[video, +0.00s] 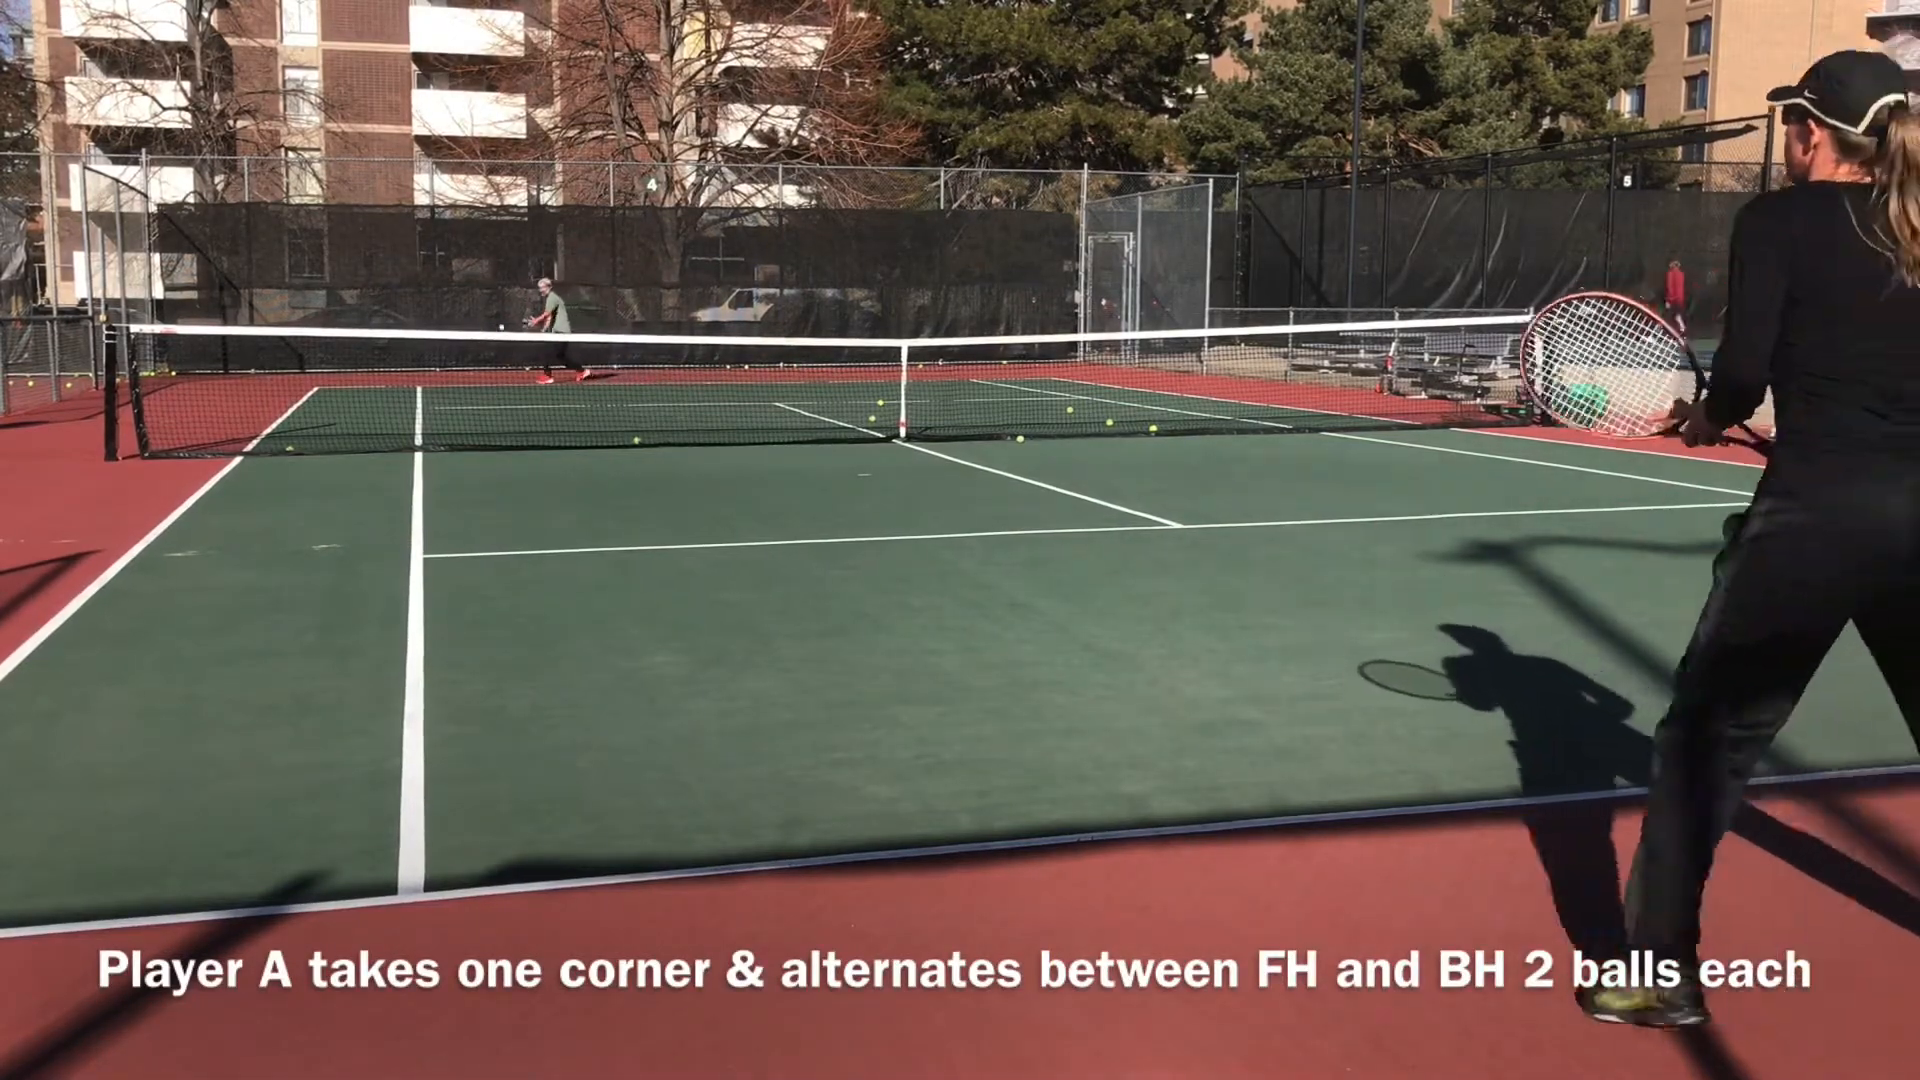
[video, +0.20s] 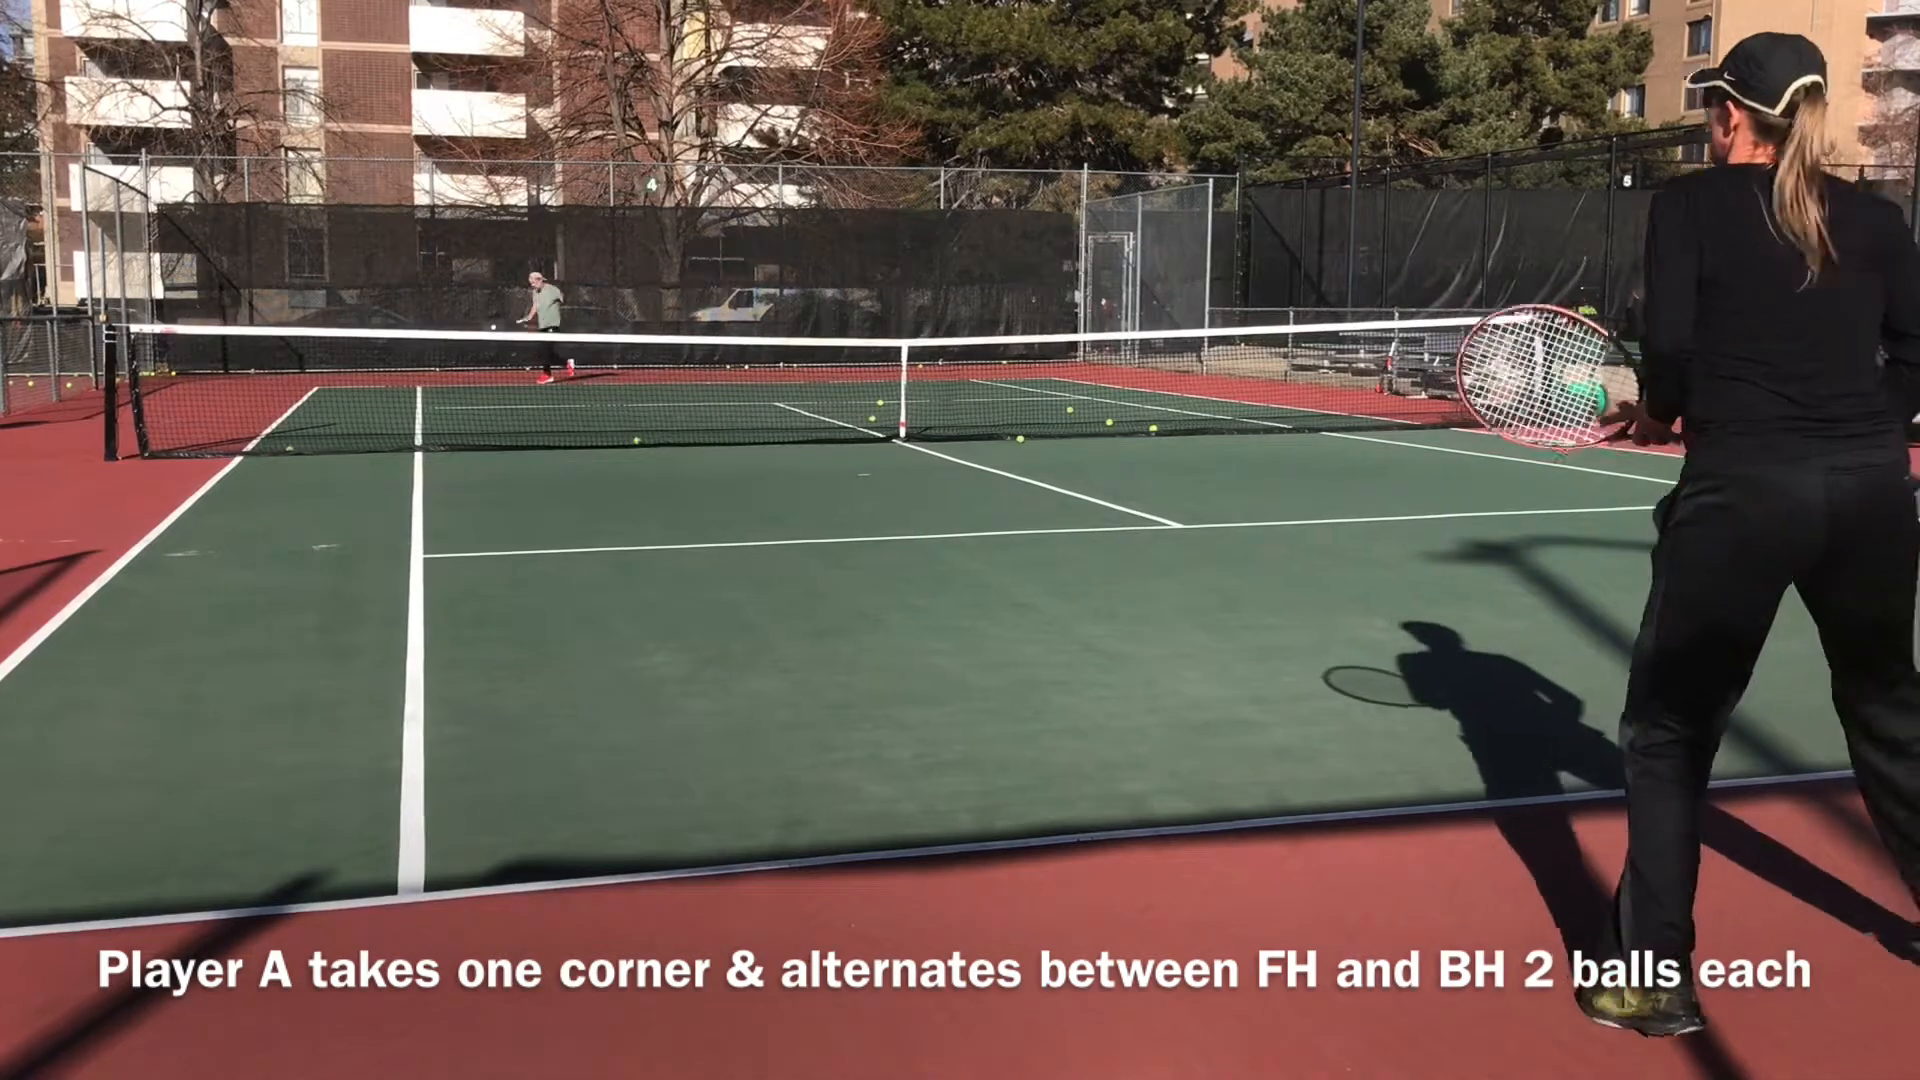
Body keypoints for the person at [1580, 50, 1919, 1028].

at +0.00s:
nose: (1786, 141)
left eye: (1793, 128)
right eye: (1792, 127)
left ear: (1821, 136)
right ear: (1881, 139)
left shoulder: (1781, 218)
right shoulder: (1912, 211)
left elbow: (1747, 368)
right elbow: (1885, 376)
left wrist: (1704, 415)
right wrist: (1772, 419)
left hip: (1817, 512)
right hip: (1908, 516)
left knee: (1706, 730)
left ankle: (1658, 966)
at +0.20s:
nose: (1710, 128)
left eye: (1716, 113)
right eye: (1714, 112)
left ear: (1741, 119)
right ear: (1806, 118)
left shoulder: (1691, 202)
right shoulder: (1875, 211)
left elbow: (1668, 342)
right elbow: (1910, 346)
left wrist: (1658, 409)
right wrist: (1876, 427)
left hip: (1741, 491)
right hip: (1874, 492)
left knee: (1669, 731)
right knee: (1893, 722)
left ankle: (1657, 971)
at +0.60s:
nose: (1651, 205)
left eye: (1654, 190)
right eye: (1651, 189)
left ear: (1680, 194)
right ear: (1745, 190)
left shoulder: (1665, 276)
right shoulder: (1820, 280)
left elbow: (1662, 431)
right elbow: (1887, 420)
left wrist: (1625, 495)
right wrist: (1822, 503)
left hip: (1729, 555)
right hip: (1849, 555)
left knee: (1603, 777)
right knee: (1801, 750)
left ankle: (1586, 1015)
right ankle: (1906, 946)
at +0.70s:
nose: (1646, 187)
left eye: (1648, 171)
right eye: (1647, 170)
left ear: (1675, 173)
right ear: (1742, 169)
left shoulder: (1665, 258)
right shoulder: (1818, 255)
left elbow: (1681, 410)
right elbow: (1879, 396)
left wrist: (1627, 477)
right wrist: (1811, 477)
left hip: (1745, 529)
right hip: (1863, 531)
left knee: (1638, 761)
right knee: (1819, 732)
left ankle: (1593, 1012)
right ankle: (1906, 947)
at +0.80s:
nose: (1648, 196)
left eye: (1649, 180)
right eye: (1647, 179)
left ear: (1678, 180)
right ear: (1743, 171)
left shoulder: (1686, 264)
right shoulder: (1823, 253)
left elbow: (1720, 410)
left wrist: (1642, 479)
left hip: (1775, 529)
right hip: (1884, 526)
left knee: (1671, 753)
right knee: (1816, 741)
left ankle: (1614, 1002)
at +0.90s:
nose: (1646, 235)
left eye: (1648, 218)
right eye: (1644, 218)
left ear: (1680, 218)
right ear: (1727, 211)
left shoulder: (1724, 295)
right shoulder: (1815, 287)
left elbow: (1777, 444)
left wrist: (1664, 494)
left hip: (1794, 564)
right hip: (1886, 566)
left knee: (1645, 738)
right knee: (1832, 777)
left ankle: (1640, 975)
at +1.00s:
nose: (1630, 262)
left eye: (1631, 242)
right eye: (1628, 244)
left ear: (1664, 236)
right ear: (1696, 233)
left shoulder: (1731, 306)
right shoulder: (1750, 305)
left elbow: (1820, 426)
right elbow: (1758, 464)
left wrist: (1689, 470)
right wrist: (1681, 554)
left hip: (1795, 568)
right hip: (1864, 574)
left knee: (1614, 703)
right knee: (1828, 790)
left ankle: (1653, 938)